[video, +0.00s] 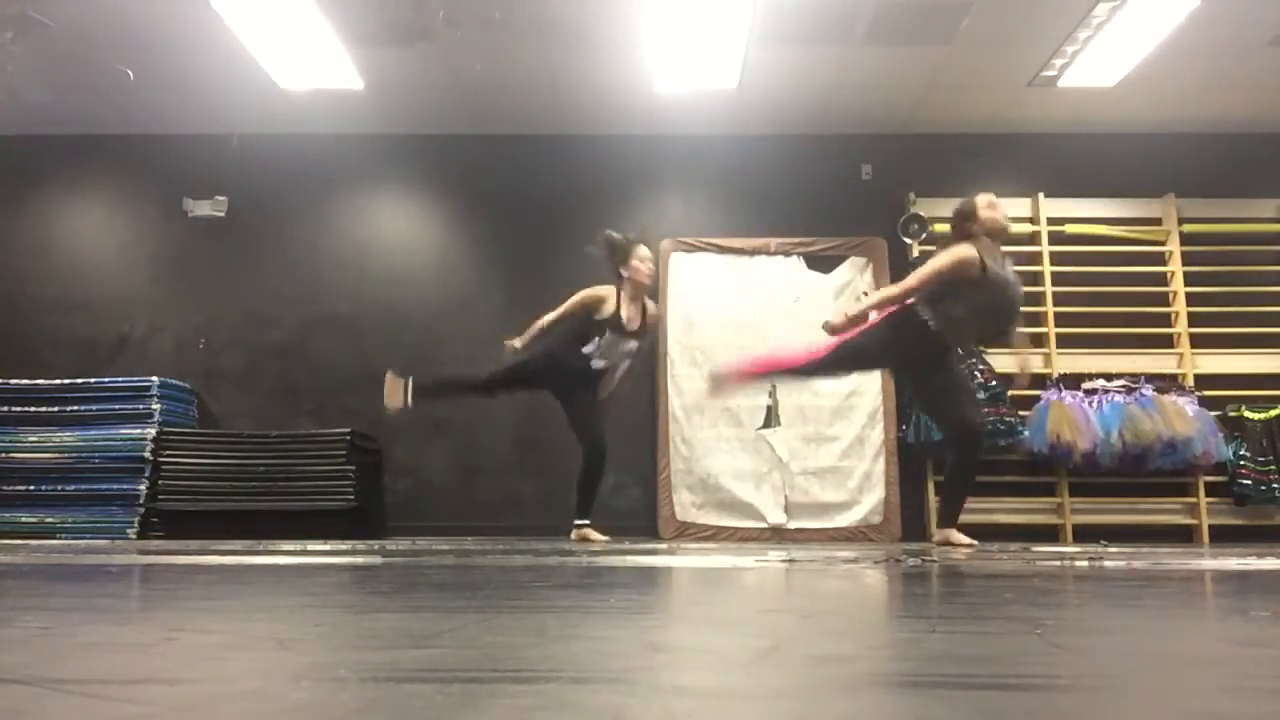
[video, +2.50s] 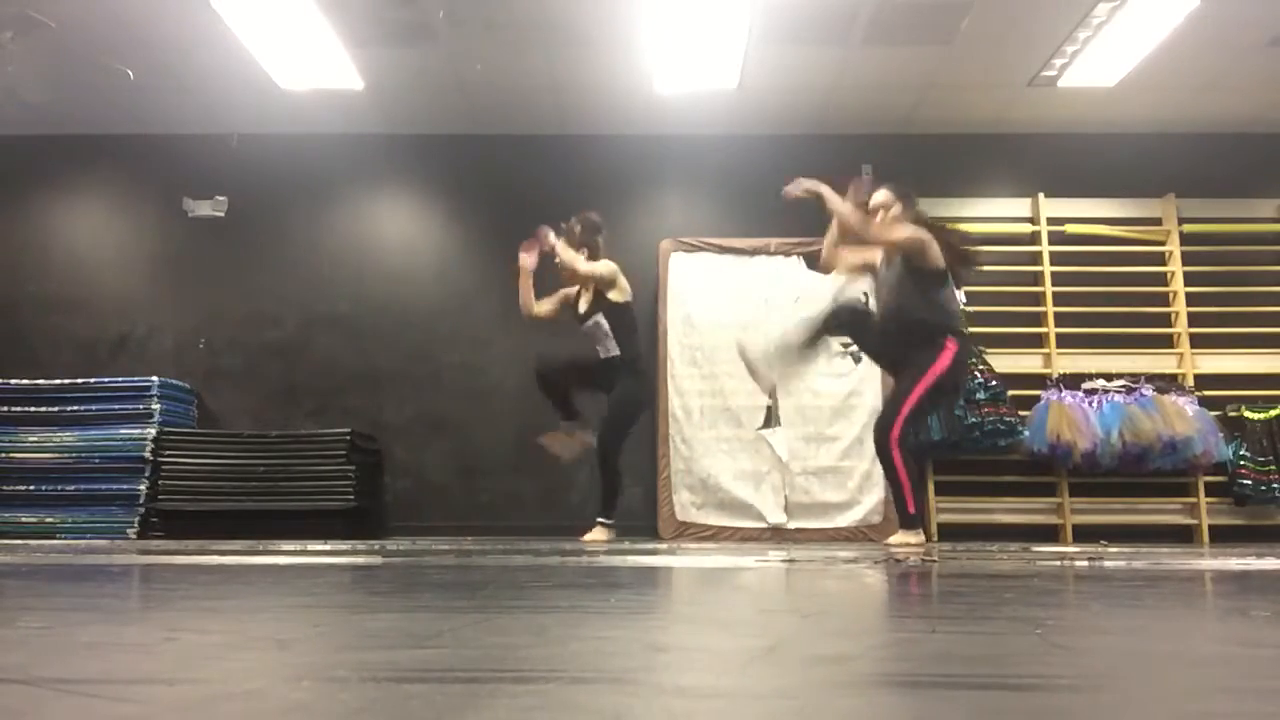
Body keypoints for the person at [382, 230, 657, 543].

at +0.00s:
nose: (652, 268)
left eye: (652, 262)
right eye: (644, 262)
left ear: (649, 269)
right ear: (625, 270)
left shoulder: (651, 314)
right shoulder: (602, 297)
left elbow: (629, 354)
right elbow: (555, 315)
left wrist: (613, 385)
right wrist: (522, 340)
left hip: (582, 385)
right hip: (553, 364)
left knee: (596, 449)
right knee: (488, 385)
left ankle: (582, 526)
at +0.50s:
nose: (499, 259)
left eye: (508, 255)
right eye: (498, 253)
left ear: (528, 265)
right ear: (496, 259)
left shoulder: (537, 308)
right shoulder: (486, 293)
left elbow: (545, 359)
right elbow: (475, 339)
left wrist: (542, 403)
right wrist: (467, 377)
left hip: (516, 386)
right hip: (483, 386)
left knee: (504, 443)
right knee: (456, 448)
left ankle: (552, 505)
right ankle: (459, 526)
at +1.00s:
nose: (452, 261)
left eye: (458, 255)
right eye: (454, 254)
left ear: (476, 258)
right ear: (477, 260)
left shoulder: (476, 285)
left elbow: (464, 332)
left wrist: (424, 351)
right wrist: (447, 373)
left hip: (476, 384)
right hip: (484, 385)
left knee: (422, 435)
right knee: (445, 445)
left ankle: (456, 506)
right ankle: (454, 521)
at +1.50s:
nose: (514, 275)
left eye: (516, 270)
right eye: (508, 268)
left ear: (516, 273)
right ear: (486, 268)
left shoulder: (517, 298)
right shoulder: (466, 304)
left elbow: (542, 300)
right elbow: (417, 303)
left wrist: (566, 295)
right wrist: (371, 297)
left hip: (533, 394)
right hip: (499, 400)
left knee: (557, 447)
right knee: (458, 454)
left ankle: (592, 520)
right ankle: (460, 529)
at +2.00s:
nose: (605, 276)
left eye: (607, 269)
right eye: (598, 270)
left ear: (609, 274)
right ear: (580, 275)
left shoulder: (600, 321)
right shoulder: (563, 297)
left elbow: (617, 367)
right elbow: (522, 321)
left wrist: (629, 410)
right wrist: (506, 368)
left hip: (559, 396)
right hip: (530, 389)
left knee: (574, 451)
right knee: (493, 450)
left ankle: (591, 526)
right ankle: (448, 514)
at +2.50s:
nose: (565, 254)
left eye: (569, 247)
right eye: (564, 248)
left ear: (585, 247)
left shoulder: (610, 273)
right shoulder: (574, 293)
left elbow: (580, 267)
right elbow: (531, 310)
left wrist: (554, 244)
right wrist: (526, 270)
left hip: (632, 373)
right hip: (606, 370)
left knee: (608, 445)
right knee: (548, 369)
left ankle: (605, 524)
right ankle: (576, 430)